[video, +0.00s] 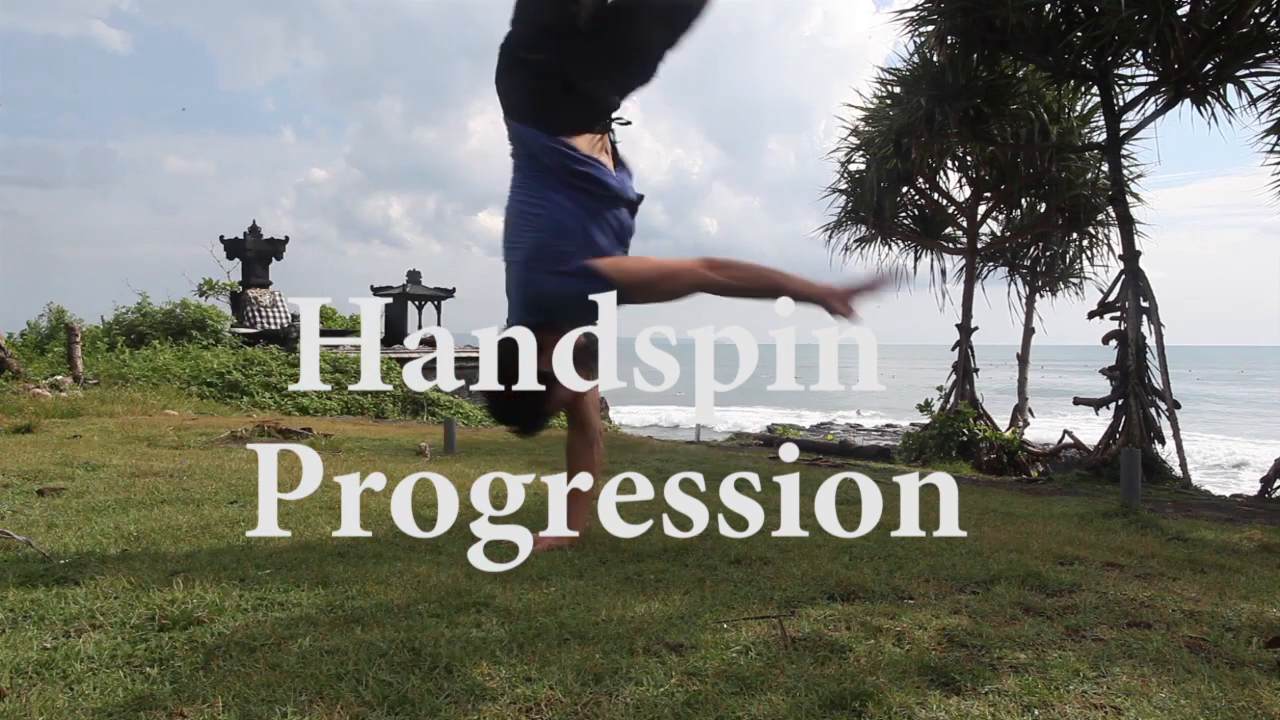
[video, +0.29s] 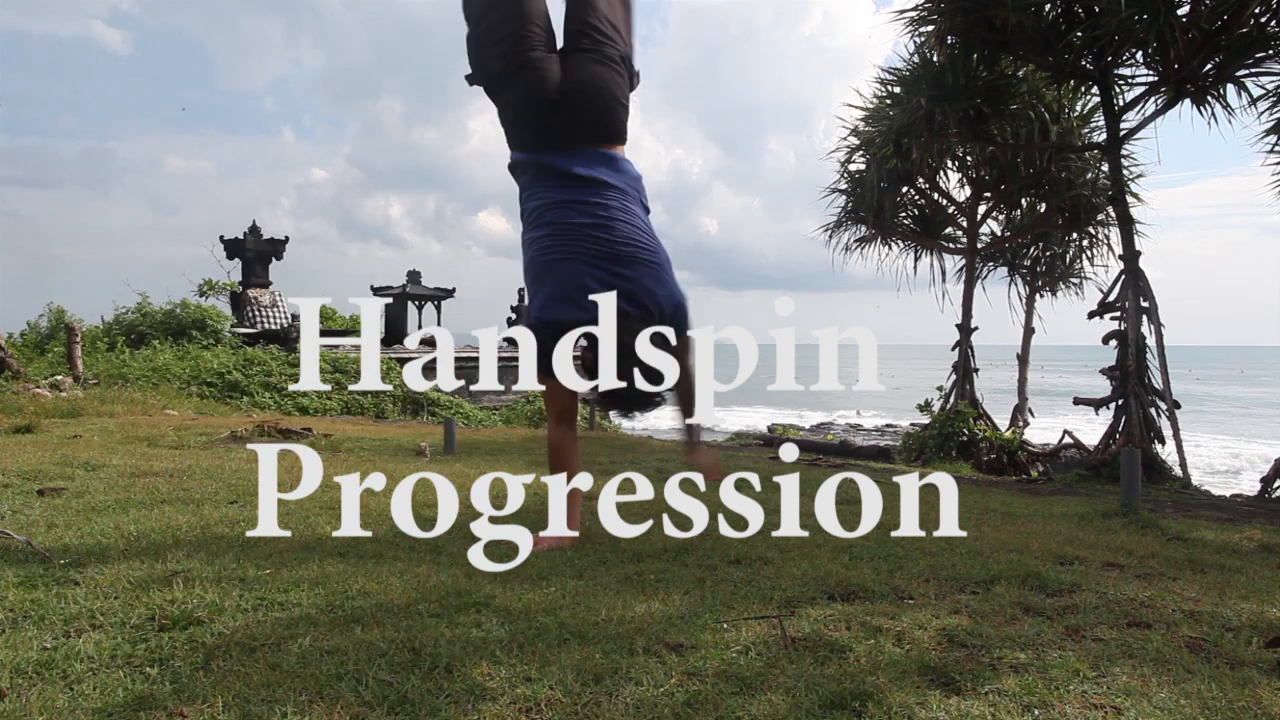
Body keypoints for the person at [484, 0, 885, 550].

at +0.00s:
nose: (559, 414)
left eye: (551, 412)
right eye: (551, 416)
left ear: (532, 375)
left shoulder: (567, 287)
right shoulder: (553, 338)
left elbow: (705, 274)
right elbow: (587, 430)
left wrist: (817, 293)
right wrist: (571, 528)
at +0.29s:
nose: (619, 407)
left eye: (638, 402)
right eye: (615, 403)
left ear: (664, 367)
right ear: (597, 374)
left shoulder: (669, 314)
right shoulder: (556, 333)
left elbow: (688, 381)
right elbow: (560, 428)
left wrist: (696, 448)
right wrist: (568, 521)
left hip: (604, 129)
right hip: (531, 130)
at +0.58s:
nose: (644, 407)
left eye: (655, 406)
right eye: (654, 403)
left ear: (653, 369)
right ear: (655, 376)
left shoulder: (626, 344)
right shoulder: (624, 336)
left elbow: (602, 418)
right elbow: (574, 421)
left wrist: (615, 496)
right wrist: (562, 518)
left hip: (576, 144)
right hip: (609, 133)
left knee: (475, 34)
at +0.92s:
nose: (665, 386)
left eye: (674, 390)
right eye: (685, 387)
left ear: (662, 357)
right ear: (702, 364)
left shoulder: (617, 326)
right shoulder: (711, 310)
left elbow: (602, 414)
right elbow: (714, 333)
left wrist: (619, 504)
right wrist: (649, 403)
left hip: (566, 166)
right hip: (632, 140)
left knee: (465, 218)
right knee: (619, 11)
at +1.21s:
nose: (640, 374)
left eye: (642, 376)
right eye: (648, 374)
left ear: (632, 348)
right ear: (665, 341)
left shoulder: (593, 339)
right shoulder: (672, 289)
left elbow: (595, 421)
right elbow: (740, 213)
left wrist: (616, 502)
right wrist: (806, 239)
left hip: (552, 185)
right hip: (621, 172)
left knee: (573, 346)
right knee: (615, 102)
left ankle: (580, 502)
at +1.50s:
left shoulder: (526, 199)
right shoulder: (624, 140)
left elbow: (540, 311)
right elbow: (671, 97)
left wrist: (596, 394)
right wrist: (703, 177)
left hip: (548, 183)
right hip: (627, 167)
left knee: (569, 367)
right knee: (659, 338)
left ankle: (596, 528)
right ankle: (686, 503)